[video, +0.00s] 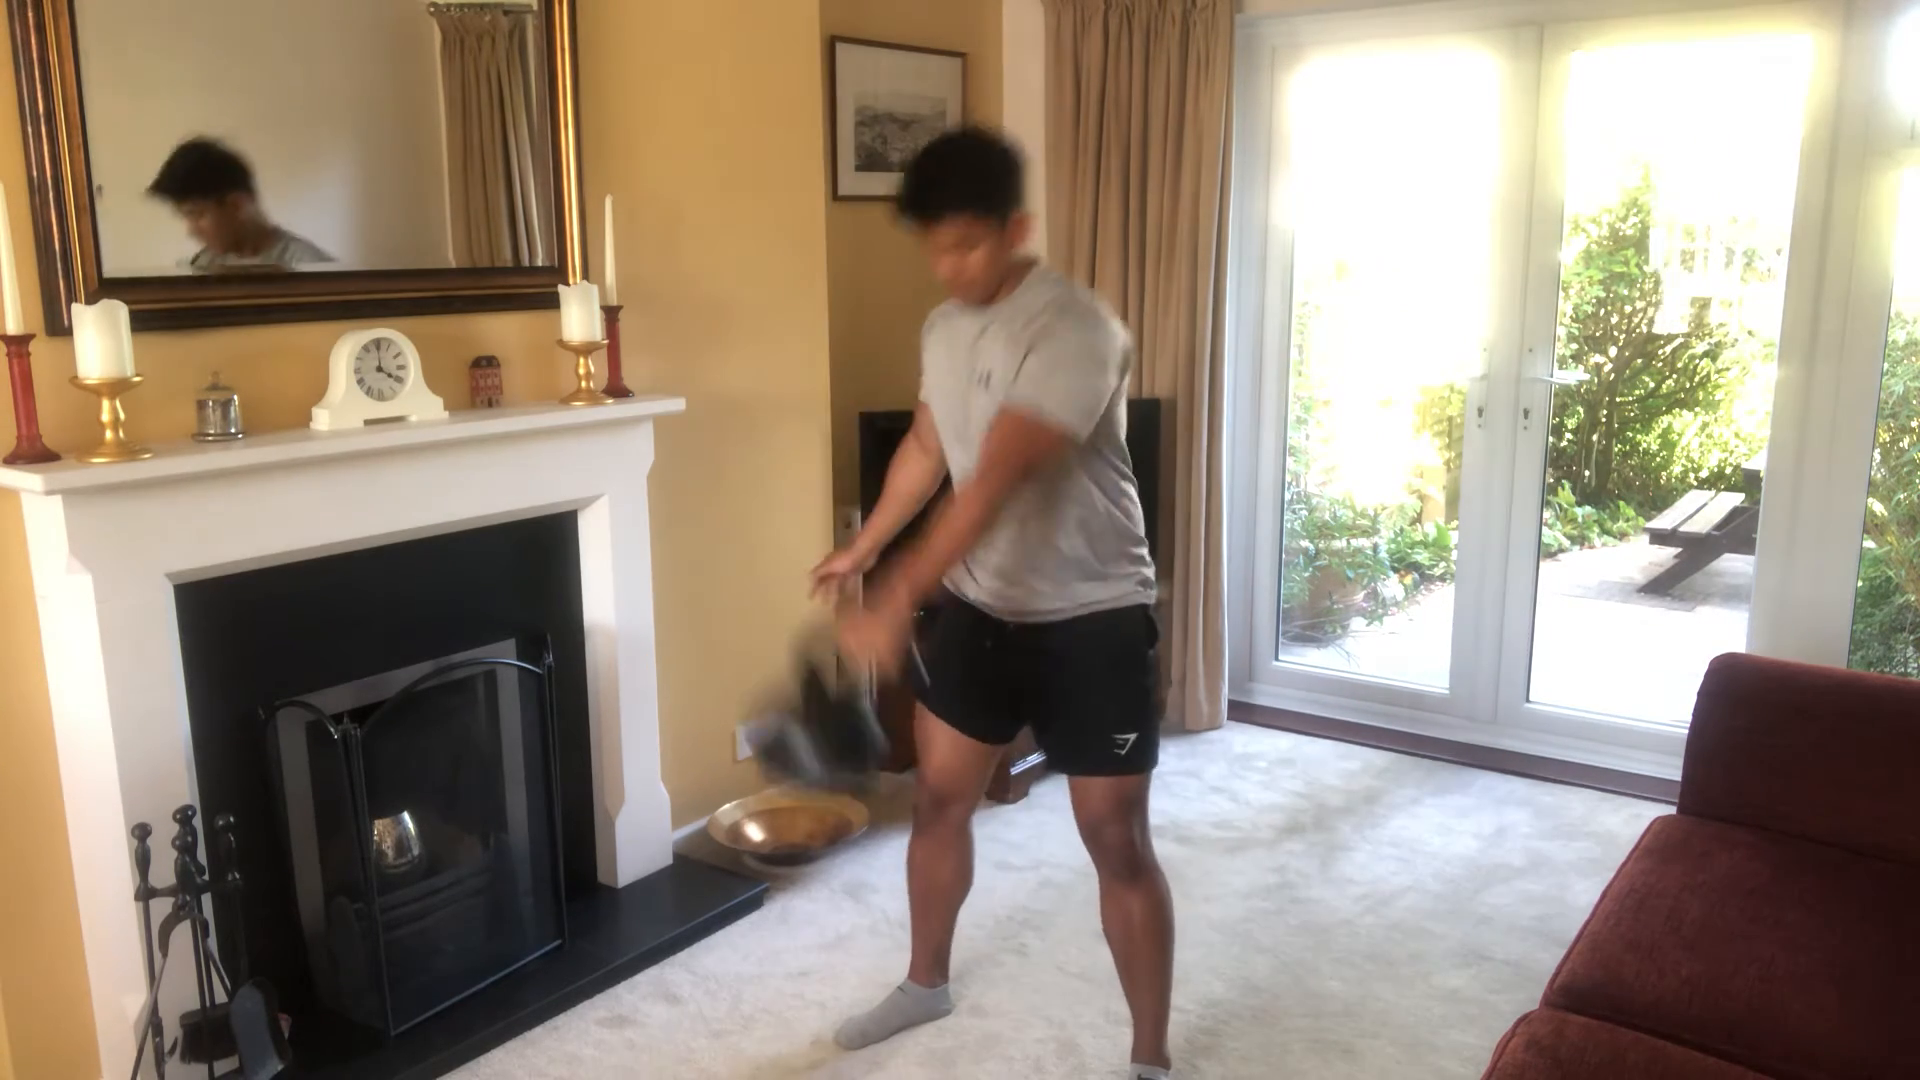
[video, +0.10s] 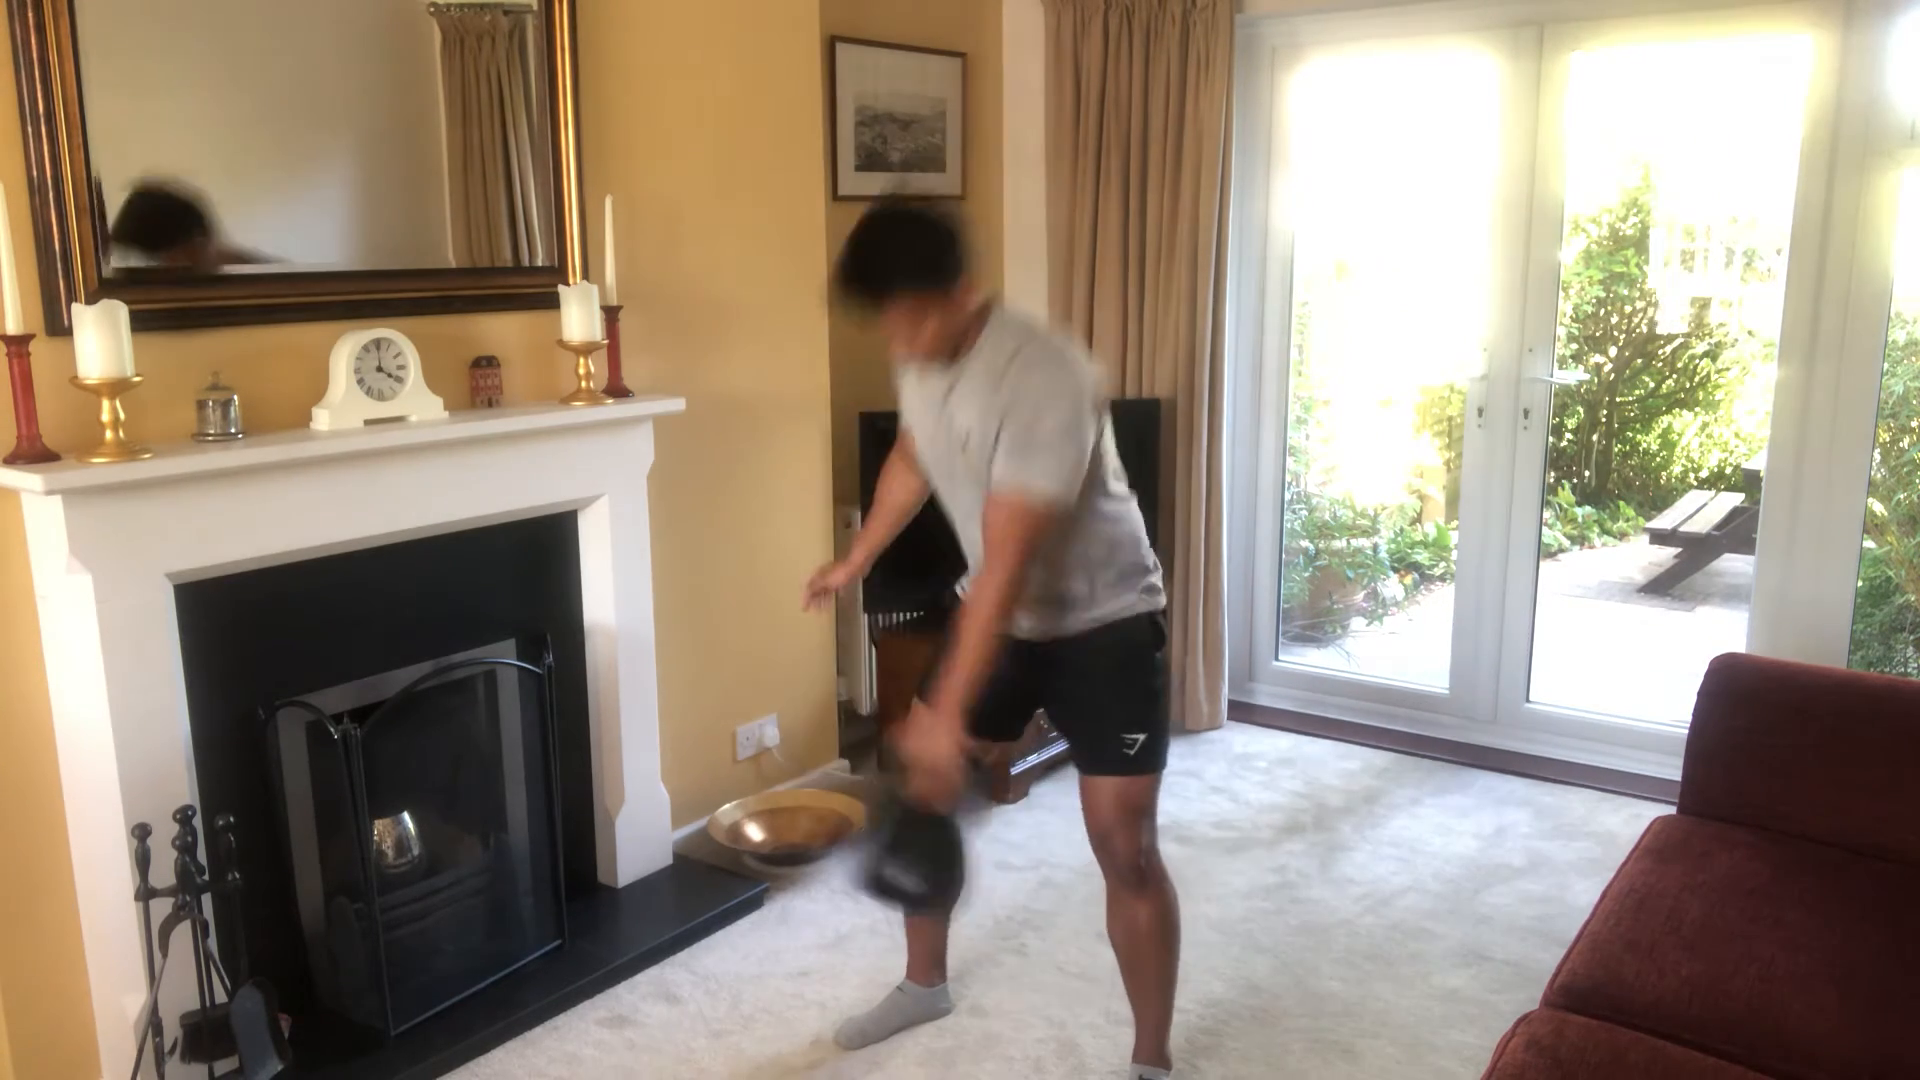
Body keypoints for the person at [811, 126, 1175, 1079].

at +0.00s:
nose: (949, 265)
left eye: (967, 243)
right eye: (935, 247)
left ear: (1019, 229)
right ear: (921, 241)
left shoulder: (1079, 327)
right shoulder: (946, 327)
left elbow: (996, 477)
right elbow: (926, 445)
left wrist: (897, 600)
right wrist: (864, 544)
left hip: (1093, 616)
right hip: (976, 608)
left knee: (1116, 839)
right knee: (938, 800)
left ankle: (1151, 1056)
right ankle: (926, 983)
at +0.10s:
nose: (895, 332)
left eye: (905, 311)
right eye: (884, 315)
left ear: (955, 291)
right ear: (885, 304)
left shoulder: (1045, 372)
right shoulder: (920, 360)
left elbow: (1004, 565)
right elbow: (916, 460)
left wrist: (946, 712)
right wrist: (856, 559)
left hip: (1105, 619)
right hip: (1001, 612)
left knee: (1124, 844)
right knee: (925, 774)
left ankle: (1152, 1057)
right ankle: (924, 981)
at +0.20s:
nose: (847, 456)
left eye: (849, 438)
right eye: (836, 441)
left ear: (890, 409)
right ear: (887, 399)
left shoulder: (1013, 467)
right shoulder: (908, 423)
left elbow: (1019, 642)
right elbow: (899, 502)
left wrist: (1005, 768)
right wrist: (870, 585)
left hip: (1115, 639)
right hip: (1005, 632)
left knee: (1129, 857)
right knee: (909, 801)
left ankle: (1153, 1061)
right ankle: (923, 983)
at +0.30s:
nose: (834, 584)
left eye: (834, 574)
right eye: (826, 577)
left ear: (871, 538)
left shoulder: (996, 567)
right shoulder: (879, 472)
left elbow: (1035, 693)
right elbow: (902, 546)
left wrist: (1053, 770)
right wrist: (891, 606)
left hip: (1118, 648)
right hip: (1007, 640)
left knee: (1128, 866)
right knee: (897, 805)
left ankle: (1153, 1062)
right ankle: (923, 984)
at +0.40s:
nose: (844, 690)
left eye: (837, 682)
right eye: (829, 689)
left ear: (858, 641)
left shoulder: (992, 654)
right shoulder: (850, 543)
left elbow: (1065, 743)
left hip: (1122, 655)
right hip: (1007, 650)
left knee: (1130, 867)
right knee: (894, 807)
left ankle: (1154, 1061)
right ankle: (924, 984)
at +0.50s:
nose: (845, 729)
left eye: (842, 718)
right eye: (834, 725)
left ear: (870, 670)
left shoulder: (995, 672)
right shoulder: (843, 567)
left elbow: (1069, 745)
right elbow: (897, 691)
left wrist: (1026, 775)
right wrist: (986, 771)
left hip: (1122, 645)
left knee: (1131, 861)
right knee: (895, 805)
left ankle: (1156, 1059)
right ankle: (924, 984)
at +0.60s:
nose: (854, 621)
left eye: (851, 609)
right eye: (840, 618)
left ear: (874, 570)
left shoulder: (1001, 598)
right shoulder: (870, 499)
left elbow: (1059, 721)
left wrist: (1078, 756)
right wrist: (888, 627)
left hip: (1120, 640)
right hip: (1006, 634)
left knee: (1132, 859)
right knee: (906, 799)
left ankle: (1156, 1060)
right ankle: (924, 982)